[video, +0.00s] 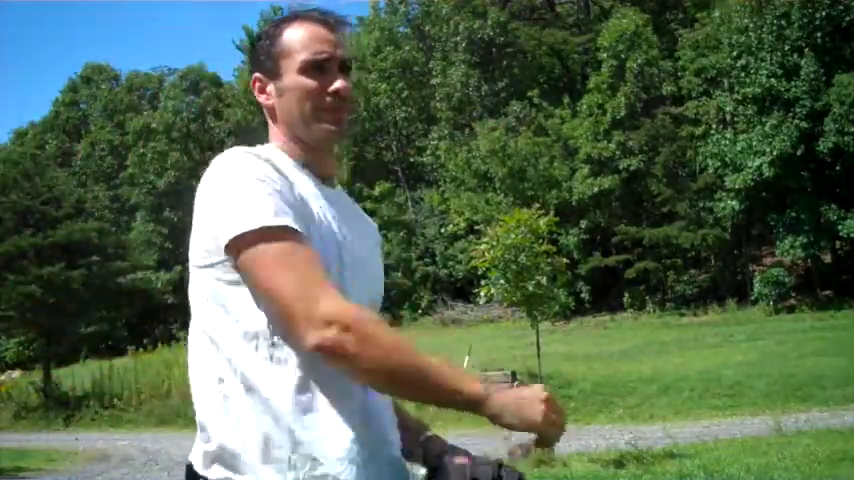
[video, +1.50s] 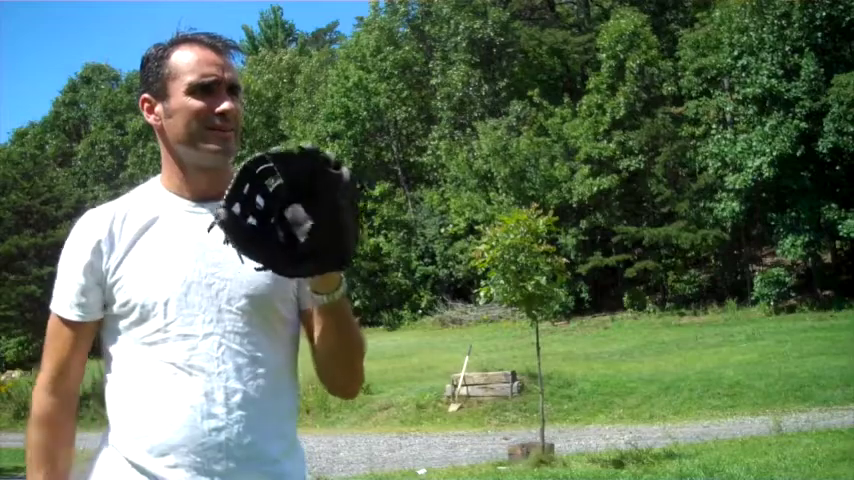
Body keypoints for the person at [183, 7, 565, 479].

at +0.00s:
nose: (341, 85)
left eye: (345, 69)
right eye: (317, 69)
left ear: (353, 80)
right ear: (265, 91)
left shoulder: (361, 224)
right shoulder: (242, 177)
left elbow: (354, 383)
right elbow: (325, 329)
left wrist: (436, 453)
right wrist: (491, 399)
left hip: (366, 466)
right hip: (264, 465)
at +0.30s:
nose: (303, 91)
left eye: (309, 77)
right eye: (279, 75)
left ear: (318, 88)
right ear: (228, 94)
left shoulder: (351, 226)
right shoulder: (171, 203)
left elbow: (370, 361)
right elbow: (77, 334)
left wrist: (432, 391)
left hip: (328, 467)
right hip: (198, 469)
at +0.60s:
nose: (260, 103)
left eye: (266, 88)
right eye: (238, 86)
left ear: (275, 97)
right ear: (186, 103)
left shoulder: (325, 215)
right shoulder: (134, 214)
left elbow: (418, 349)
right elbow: (47, 348)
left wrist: (323, 317)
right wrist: (179, 303)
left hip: (289, 469)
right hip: (163, 468)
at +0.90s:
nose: (232, 108)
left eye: (239, 94)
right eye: (210, 92)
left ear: (249, 107)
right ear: (160, 112)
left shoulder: (311, 218)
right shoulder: (118, 219)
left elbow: (384, 360)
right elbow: (21, 348)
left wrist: (280, 306)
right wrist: (138, 299)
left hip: (276, 468)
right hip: (148, 469)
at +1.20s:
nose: (228, 109)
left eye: (234, 94)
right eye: (207, 93)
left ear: (243, 105)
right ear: (156, 113)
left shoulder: (299, 220)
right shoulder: (108, 230)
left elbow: (344, 383)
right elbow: (49, 387)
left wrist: (303, 303)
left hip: (271, 469)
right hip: (143, 471)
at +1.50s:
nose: (227, 106)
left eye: (233, 91)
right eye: (205, 90)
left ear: (242, 104)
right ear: (154, 111)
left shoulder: (283, 223)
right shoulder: (103, 232)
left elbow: (347, 383)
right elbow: (56, 389)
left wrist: (328, 282)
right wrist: (45, 477)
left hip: (272, 470)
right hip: (141, 470)